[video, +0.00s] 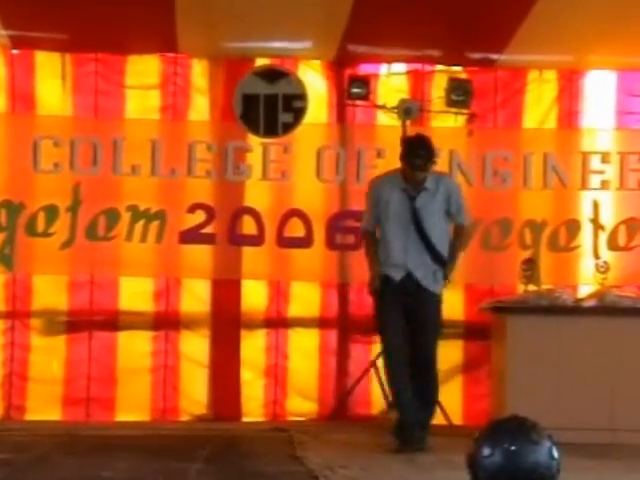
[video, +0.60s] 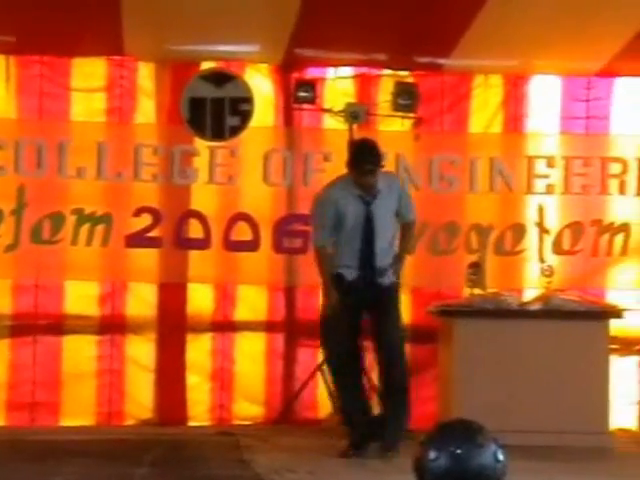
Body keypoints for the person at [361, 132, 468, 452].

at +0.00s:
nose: (419, 176)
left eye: (424, 170)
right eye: (413, 169)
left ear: (433, 165)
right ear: (402, 163)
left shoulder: (446, 187)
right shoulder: (381, 187)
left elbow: (463, 226)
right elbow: (369, 231)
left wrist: (448, 266)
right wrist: (375, 270)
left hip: (427, 282)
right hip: (389, 281)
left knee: (424, 356)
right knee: (396, 355)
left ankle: (420, 427)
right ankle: (406, 426)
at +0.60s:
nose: (370, 180)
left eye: (374, 173)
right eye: (363, 174)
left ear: (381, 168)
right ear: (351, 170)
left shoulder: (394, 188)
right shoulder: (331, 197)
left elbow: (408, 221)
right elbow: (322, 246)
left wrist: (401, 255)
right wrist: (330, 287)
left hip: (384, 282)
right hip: (345, 283)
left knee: (392, 356)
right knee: (342, 357)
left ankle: (393, 430)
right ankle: (358, 428)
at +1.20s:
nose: (348, 182)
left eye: (354, 175)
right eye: (342, 175)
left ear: (361, 172)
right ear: (330, 170)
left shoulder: (369, 199)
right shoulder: (305, 196)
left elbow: (372, 239)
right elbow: (287, 240)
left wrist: (365, 280)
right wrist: (299, 283)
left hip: (353, 294)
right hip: (313, 294)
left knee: (361, 366)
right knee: (309, 371)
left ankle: (343, 433)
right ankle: (335, 425)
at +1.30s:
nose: (348, 185)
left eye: (353, 178)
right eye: (342, 178)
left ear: (361, 175)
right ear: (329, 173)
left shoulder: (371, 202)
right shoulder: (304, 198)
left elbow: (374, 244)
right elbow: (283, 241)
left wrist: (362, 283)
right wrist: (290, 281)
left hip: (344, 299)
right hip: (304, 294)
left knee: (339, 374)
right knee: (280, 353)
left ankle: (327, 443)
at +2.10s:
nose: (320, 179)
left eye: (325, 171)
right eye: (314, 171)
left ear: (332, 169)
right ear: (300, 168)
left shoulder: (343, 196)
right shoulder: (276, 197)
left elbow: (351, 242)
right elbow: (263, 246)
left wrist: (338, 286)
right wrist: (277, 285)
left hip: (320, 296)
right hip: (283, 294)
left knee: (312, 373)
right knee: (278, 371)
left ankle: (280, 436)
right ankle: (285, 444)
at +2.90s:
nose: (296, 149)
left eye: (301, 140)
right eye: (289, 141)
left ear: (308, 140)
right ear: (276, 141)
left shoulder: (322, 176)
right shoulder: (251, 177)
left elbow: (329, 222)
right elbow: (238, 231)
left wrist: (329, 262)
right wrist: (255, 277)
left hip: (314, 282)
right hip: (273, 284)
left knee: (331, 356)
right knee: (283, 359)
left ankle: (321, 422)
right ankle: (306, 422)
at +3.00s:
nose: (300, 145)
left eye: (306, 137)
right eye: (293, 137)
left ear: (314, 141)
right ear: (281, 141)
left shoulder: (331, 180)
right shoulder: (257, 179)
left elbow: (339, 227)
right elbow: (236, 234)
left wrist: (328, 270)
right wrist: (249, 277)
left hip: (309, 280)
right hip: (265, 277)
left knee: (308, 365)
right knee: (247, 343)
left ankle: (293, 434)